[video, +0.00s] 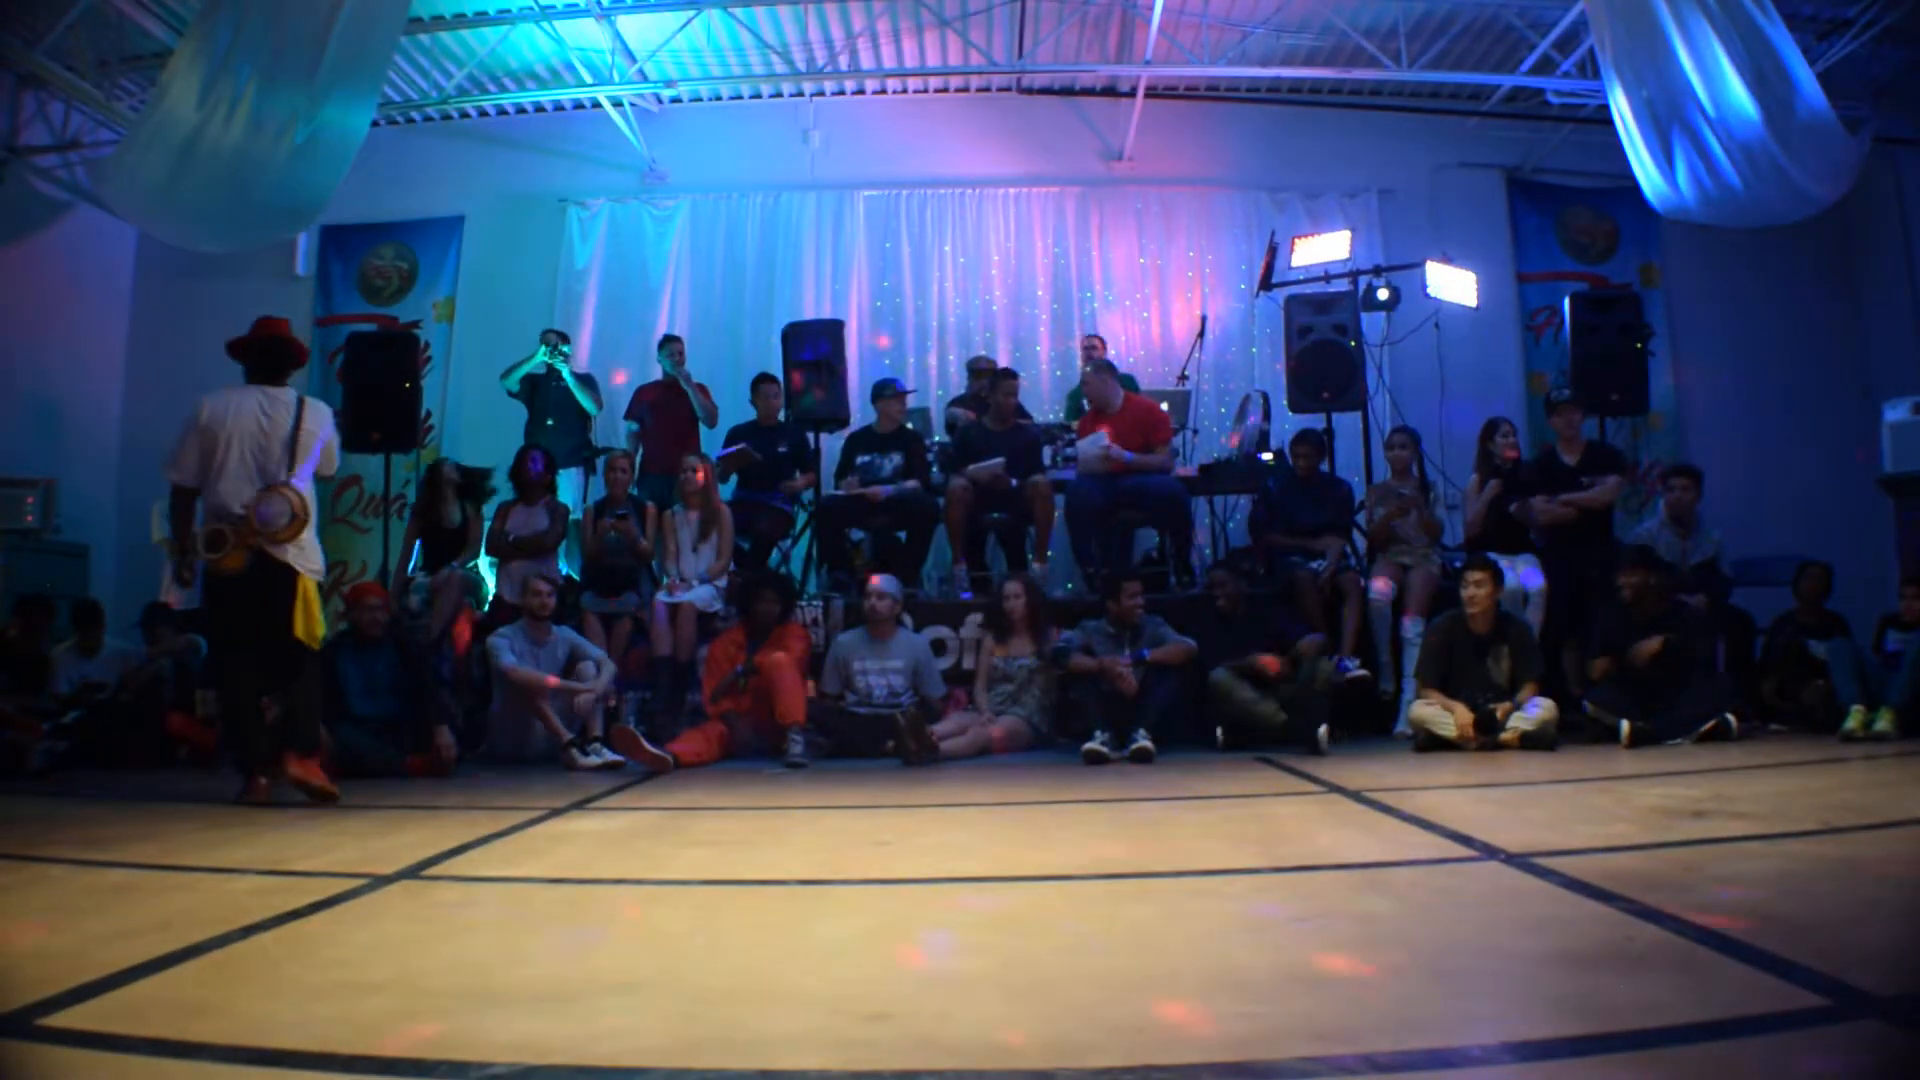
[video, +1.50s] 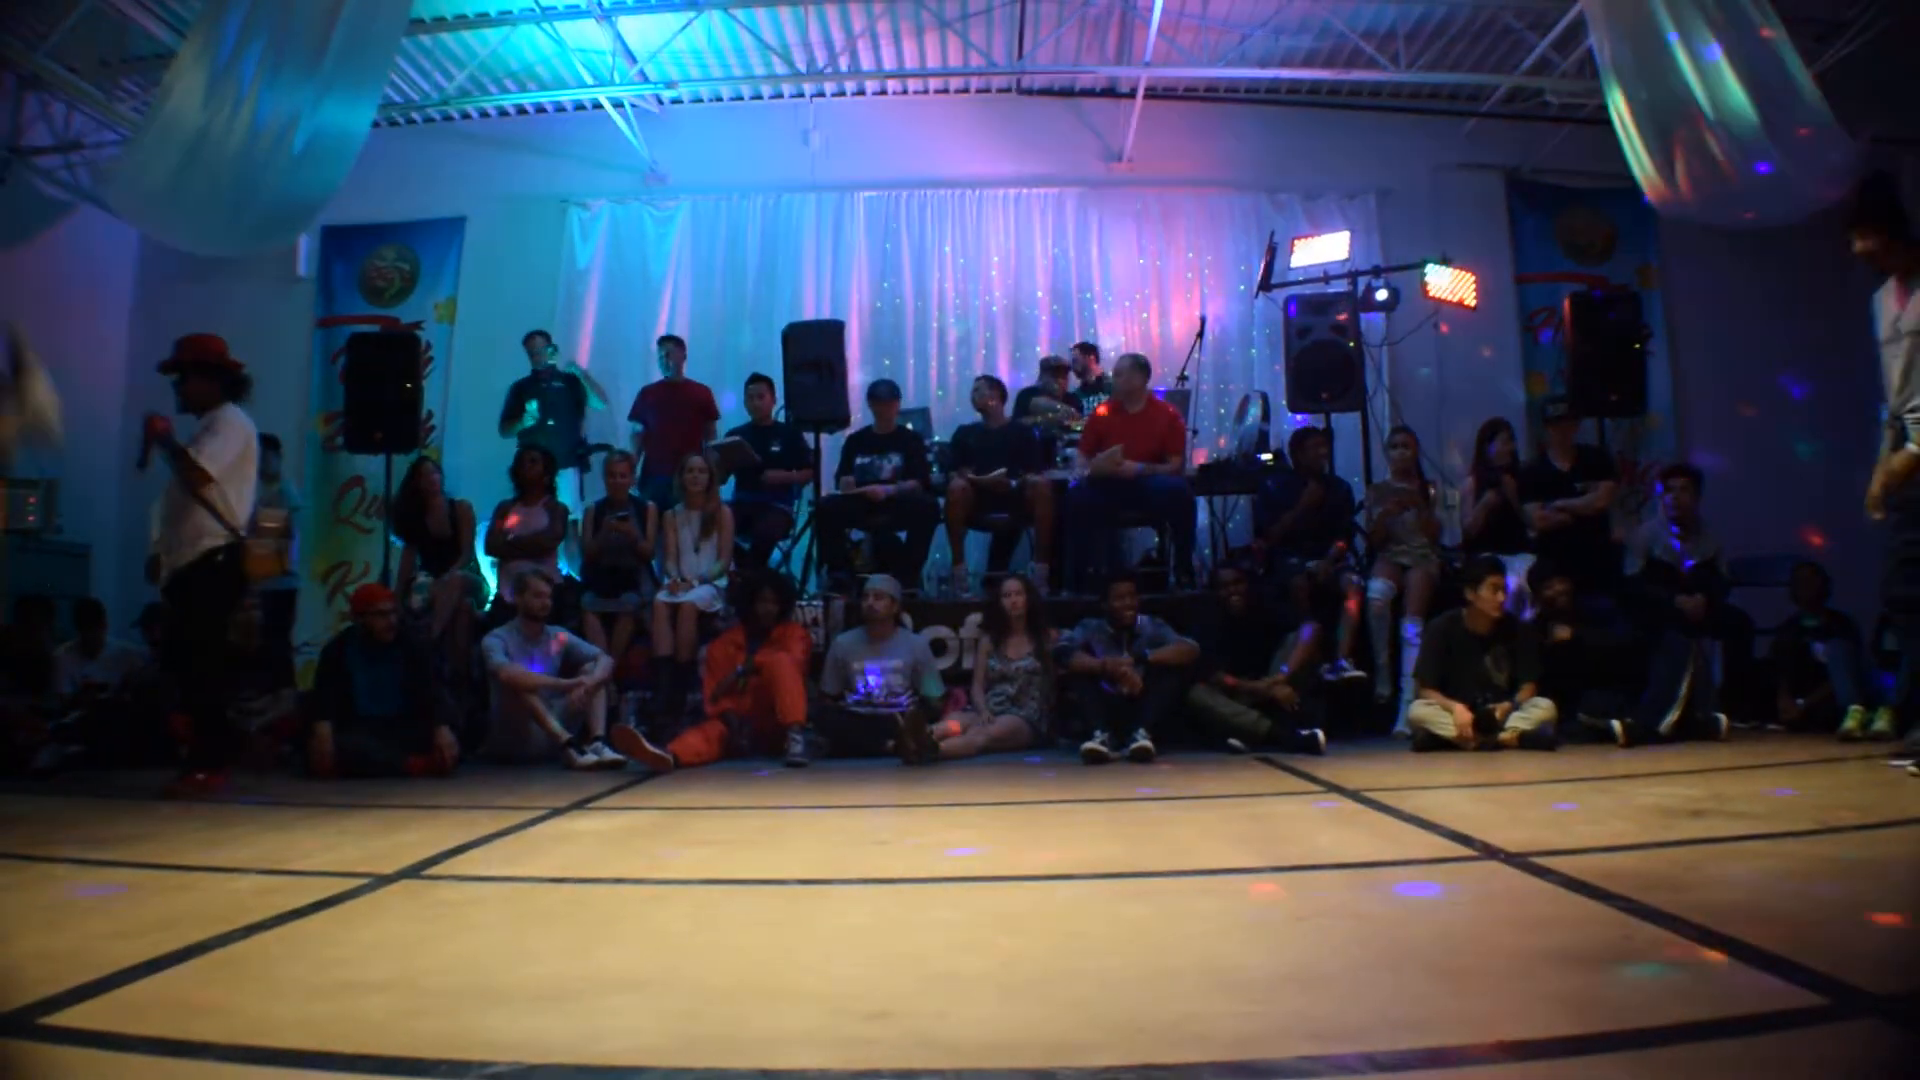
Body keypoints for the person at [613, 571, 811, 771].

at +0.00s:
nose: (767, 609)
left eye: (774, 603)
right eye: (761, 602)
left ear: (784, 607)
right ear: (748, 604)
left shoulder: (793, 634)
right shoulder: (725, 644)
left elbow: (786, 664)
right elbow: (713, 701)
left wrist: (750, 669)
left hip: (776, 718)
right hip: (739, 721)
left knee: (778, 660)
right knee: (709, 735)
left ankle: (794, 738)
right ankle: (670, 755)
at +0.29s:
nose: (769, 609)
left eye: (776, 603)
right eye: (763, 602)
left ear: (785, 607)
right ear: (749, 605)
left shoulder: (793, 633)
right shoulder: (724, 645)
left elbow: (787, 663)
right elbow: (713, 705)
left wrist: (754, 665)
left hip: (775, 719)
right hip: (736, 722)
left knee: (779, 661)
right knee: (711, 734)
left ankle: (795, 737)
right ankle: (670, 756)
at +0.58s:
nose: (768, 609)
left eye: (775, 603)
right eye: (762, 602)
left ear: (784, 607)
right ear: (749, 604)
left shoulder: (793, 634)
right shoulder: (724, 645)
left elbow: (790, 666)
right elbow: (714, 703)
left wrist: (756, 665)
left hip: (775, 718)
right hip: (738, 721)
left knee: (779, 661)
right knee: (711, 733)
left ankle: (794, 738)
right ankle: (671, 756)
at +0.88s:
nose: (769, 609)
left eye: (775, 603)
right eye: (762, 602)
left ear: (784, 607)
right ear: (749, 605)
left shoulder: (793, 634)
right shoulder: (723, 645)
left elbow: (788, 663)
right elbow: (713, 706)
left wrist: (753, 666)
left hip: (775, 718)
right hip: (738, 722)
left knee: (779, 661)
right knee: (710, 734)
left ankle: (794, 737)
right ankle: (670, 756)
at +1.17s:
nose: (769, 609)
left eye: (775, 603)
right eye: (763, 602)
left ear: (784, 607)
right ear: (749, 605)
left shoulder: (793, 634)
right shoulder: (724, 645)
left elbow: (785, 661)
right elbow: (713, 704)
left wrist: (751, 667)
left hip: (774, 715)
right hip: (737, 720)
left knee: (779, 661)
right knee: (710, 735)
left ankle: (794, 738)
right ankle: (671, 756)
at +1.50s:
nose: (767, 609)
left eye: (773, 603)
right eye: (761, 602)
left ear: (783, 606)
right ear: (749, 604)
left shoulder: (793, 633)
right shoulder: (723, 646)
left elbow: (791, 665)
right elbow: (713, 703)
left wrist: (755, 665)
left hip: (774, 717)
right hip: (737, 721)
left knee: (780, 661)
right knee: (710, 735)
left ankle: (795, 737)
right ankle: (670, 755)